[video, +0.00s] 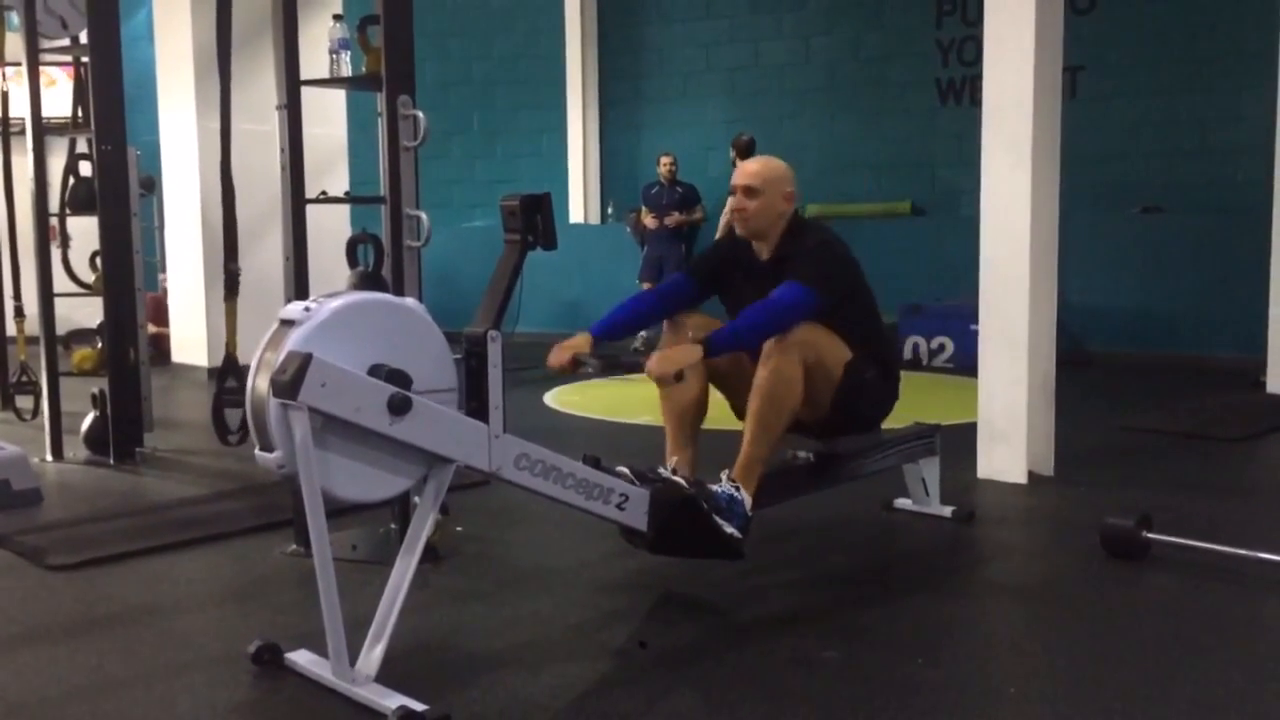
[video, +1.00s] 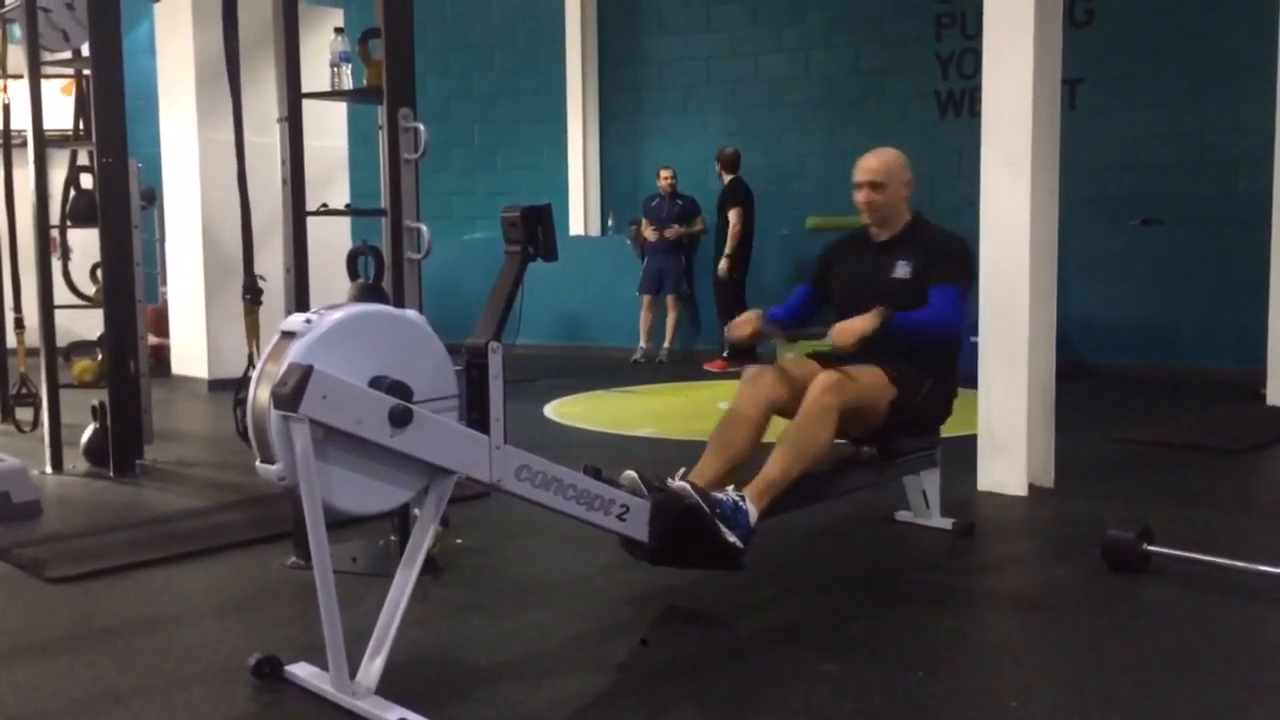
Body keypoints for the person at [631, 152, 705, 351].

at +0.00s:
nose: (669, 168)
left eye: (672, 165)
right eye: (665, 165)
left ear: (676, 168)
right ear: (658, 168)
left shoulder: (688, 190)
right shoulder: (649, 190)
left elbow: (700, 214)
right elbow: (644, 213)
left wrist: (682, 219)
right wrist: (647, 220)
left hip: (676, 247)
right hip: (653, 247)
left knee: (673, 290)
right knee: (647, 287)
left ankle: (670, 335)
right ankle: (644, 333)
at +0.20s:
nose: (669, 170)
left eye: (672, 166)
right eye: (665, 166)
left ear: (677, 169)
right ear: (659, 169)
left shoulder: (688, 191)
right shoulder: (649, 191)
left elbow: (700, 216)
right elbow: (644, 215)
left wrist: (682, 220)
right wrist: (647, 221)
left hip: (678, 250)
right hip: (654, 250)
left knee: (677, 292)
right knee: (648, 290)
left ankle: (674, 332)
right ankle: (647, 332)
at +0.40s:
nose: (667, 175)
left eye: (670, 171)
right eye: (663, 171)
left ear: (676, 172)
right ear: (658, 173)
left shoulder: (688, 194)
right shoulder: (649, 194)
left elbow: (700, 219)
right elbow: (644, 218)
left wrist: (682, 223)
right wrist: (646, 224)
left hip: (675, 251)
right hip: (653, 251)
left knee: (672, 295)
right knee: (647, 294)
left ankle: (667, 340)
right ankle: (643, 338)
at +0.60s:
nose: (667, 176)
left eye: (670, 173)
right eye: (663, 173)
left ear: (676, 175)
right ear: (658, 175)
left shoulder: (688, 197)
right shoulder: (649, 197)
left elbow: (699, 222)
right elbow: (644, 222)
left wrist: (682, 226)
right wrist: (647, 227)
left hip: (675, 254)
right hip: (653, 253)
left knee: (671, 297)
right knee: (647, 296)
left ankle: (666, 342)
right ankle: (642, 340)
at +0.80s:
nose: (667, 179)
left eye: (671, 175)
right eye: (663, 176)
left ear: (676, 178)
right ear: (658, 178)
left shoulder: (687, 200)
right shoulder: (649, 199)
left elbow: (700, 224)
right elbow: (644, 224)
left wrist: (681, 228)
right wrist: (647, 230)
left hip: (675, 256)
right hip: (653, 255)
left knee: (671, 299)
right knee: (647, 298)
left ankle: (666, 344)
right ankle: (642, 342)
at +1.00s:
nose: (669, 182)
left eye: (672, 178)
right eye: (665, 178)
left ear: (676, 180)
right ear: (658, 181)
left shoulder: (688, 202)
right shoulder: (650, 202)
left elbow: (700, 226)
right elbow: (644, 226)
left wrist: (681, 231)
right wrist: (647, 232)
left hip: (675, 258)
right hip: (653, 257)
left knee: (671, 301)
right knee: (647, 301)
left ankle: (666, 347)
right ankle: (642, 345)